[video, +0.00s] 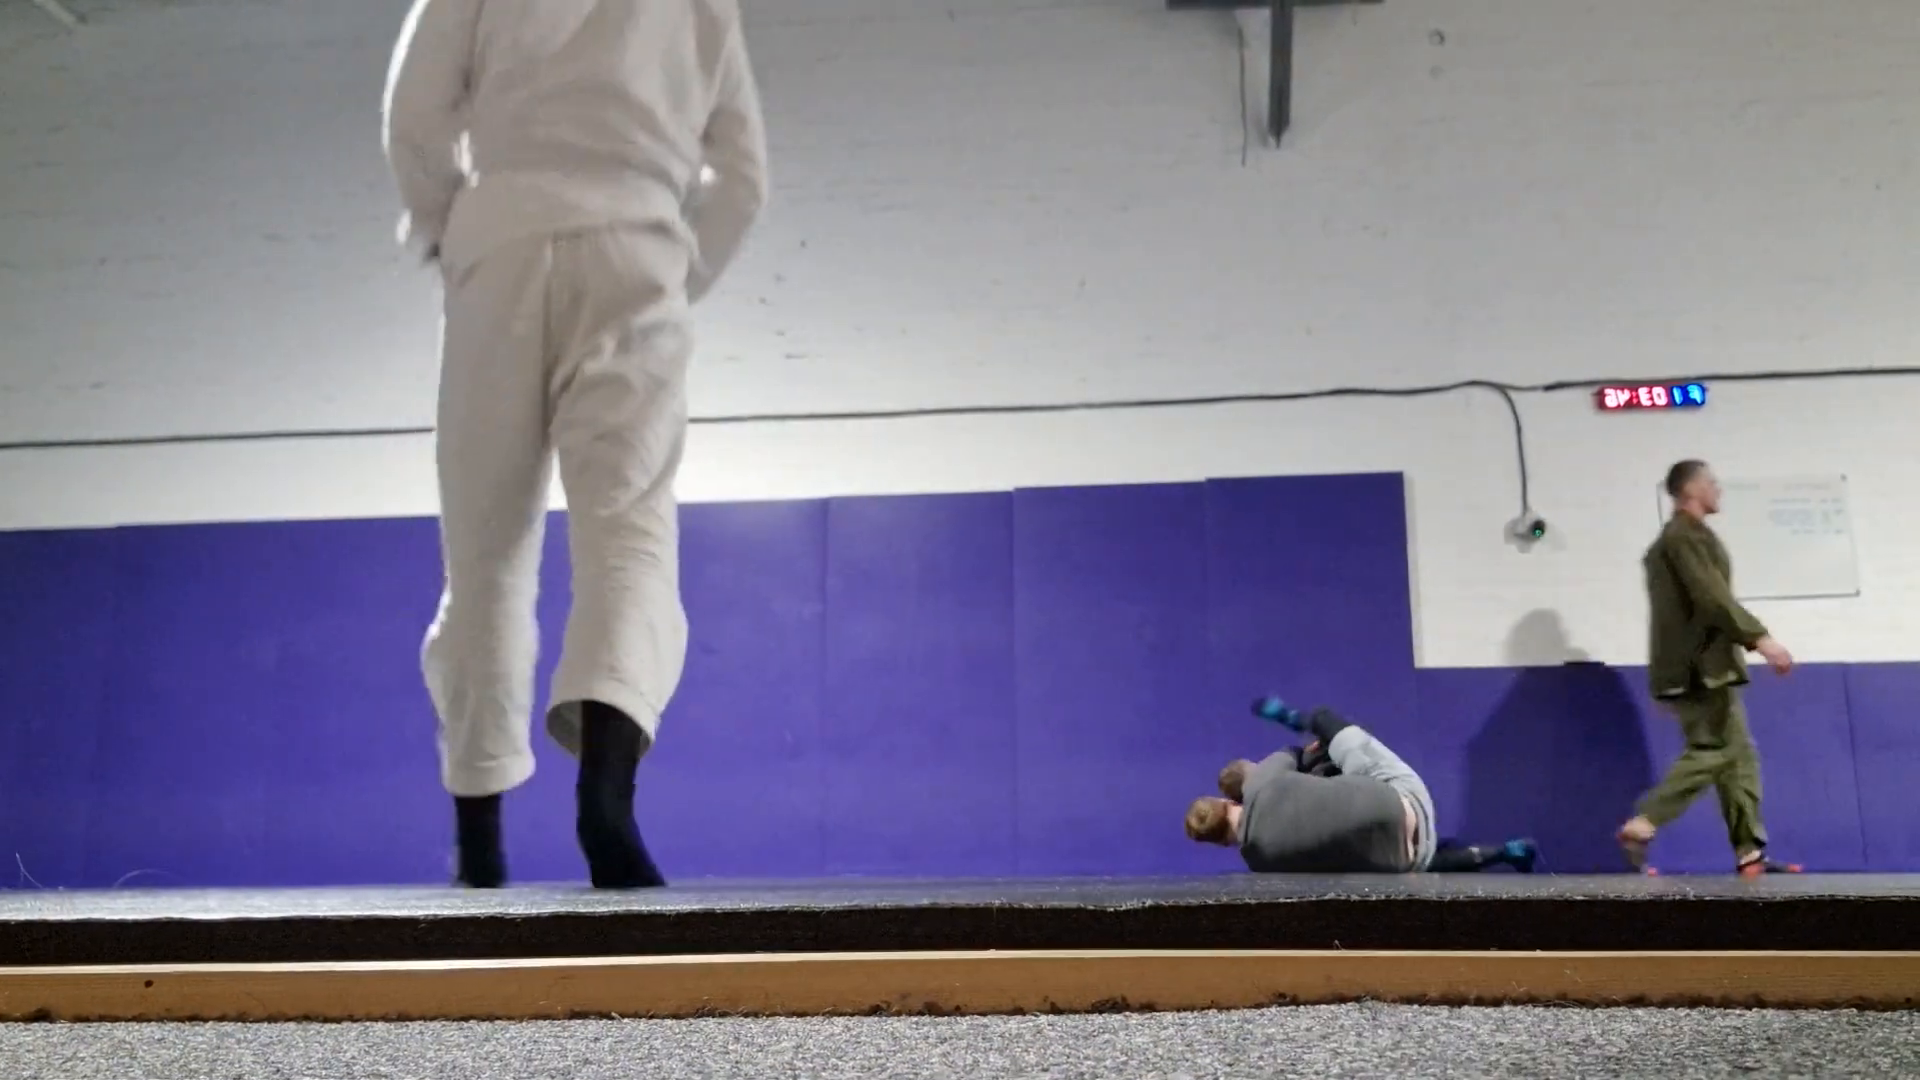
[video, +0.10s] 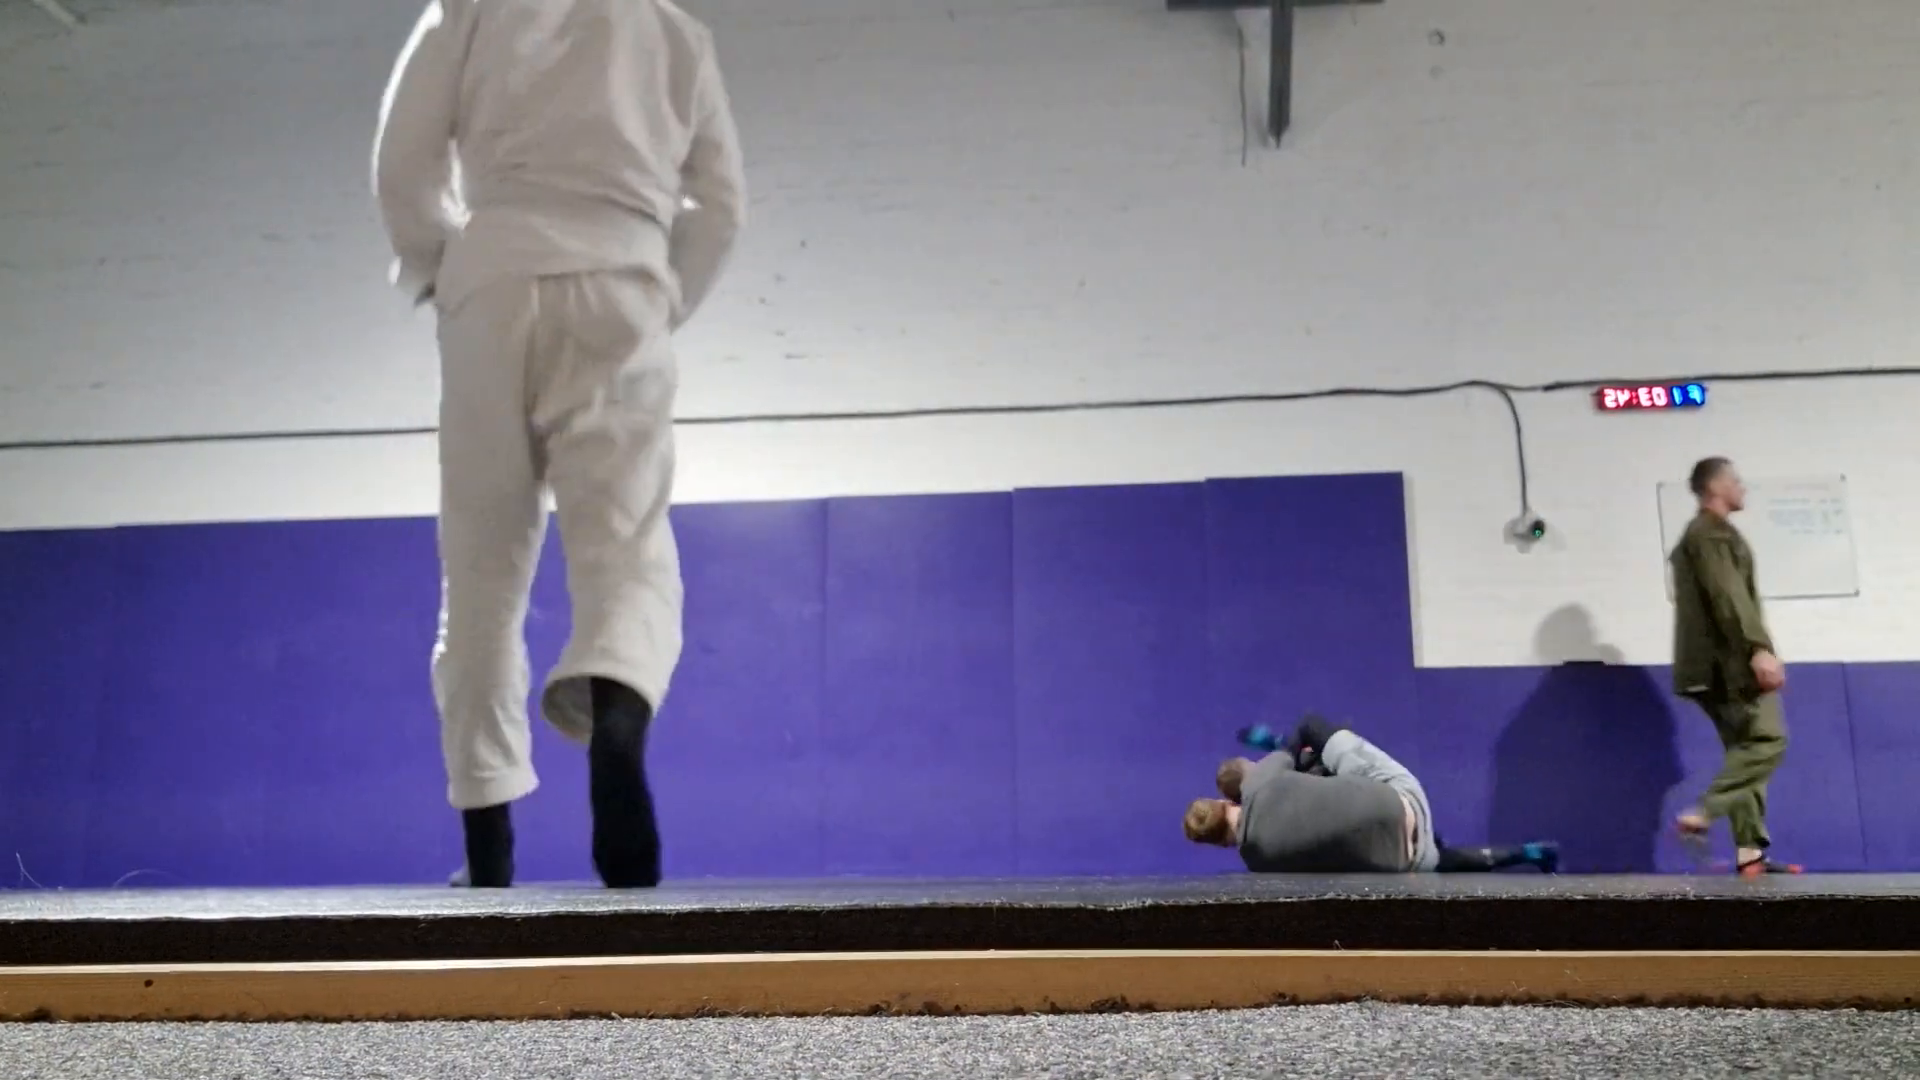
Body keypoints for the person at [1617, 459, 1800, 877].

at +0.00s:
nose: (1718, 489)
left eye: (1715, 482)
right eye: (1710, 482)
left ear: (1688, 492)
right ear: (1689, 490)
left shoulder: (1689, 537)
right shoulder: (1683, 539)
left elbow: (1698, 608)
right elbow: (1713, 601)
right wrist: (1763, 641)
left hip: (1706, 669)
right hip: (1693, 671)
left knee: (1737, 755)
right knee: (1712, 752)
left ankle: (1750, 855)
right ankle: (1641, 826)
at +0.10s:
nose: (1741, 487)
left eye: (1738, 479)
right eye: (1733, 480)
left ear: (1710, 490)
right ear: (1712, 487)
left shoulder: (1700, 535)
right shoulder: (1712, 535)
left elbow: (1714, 604)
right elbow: (1730, 599)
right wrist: (1759, 649)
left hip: (1711, 666)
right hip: (1728, 664)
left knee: (1745, 752)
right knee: (1768, 740)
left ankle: (1750, 854)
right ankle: (1701, 814)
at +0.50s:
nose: (1847, 484)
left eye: (1843, 476)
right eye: (1840, 477)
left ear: (1812, 487)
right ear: (1822, 485)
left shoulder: (1803, 535)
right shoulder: (1818, 535)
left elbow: (1809, 606)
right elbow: (1815, 602)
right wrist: (1816, 659)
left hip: (1819, 674)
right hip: (1855, 670)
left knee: (1804, 760)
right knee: (1897, 762)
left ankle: (1761, 841)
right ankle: (1916, 849)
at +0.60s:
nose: (1873, 482)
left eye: (1870, 474)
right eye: (1867, 474)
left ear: (1834, 482)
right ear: (1848, 480)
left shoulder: (1815, 535)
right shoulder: (1850, 531)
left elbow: (1823, 607)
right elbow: (1856, 596)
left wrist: (1838, 660)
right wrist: (1868, 652)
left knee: (1850, 749)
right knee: (1908, 758)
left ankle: (1799, 819)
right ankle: (1917, 851)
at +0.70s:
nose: (1897, 481)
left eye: (1894, 473)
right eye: (1893, 473)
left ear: (1856, 479)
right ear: (1876, 477)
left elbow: (1840, 608)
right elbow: (1897, 594)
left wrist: (1857, 651)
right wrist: (1919, 638)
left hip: (1858, 665)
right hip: (1894, 662)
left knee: (1886, 741)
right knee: (1909, 752)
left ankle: (1852, 816)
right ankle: (1917, 848)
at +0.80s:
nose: (1918, 482)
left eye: (1915, 473)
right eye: (1914, 473)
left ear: (1878, 480)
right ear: (1900, 478)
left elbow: (1849, 605)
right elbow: (1916, 577)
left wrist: (1870, 648)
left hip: (1878, 666)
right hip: (1909, 663)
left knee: (1914, 746)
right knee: (1915, 747)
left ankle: (1913, 834)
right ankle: (1913, 834)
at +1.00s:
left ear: (1914, 484)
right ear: (1914, 484)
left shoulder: (1897, 543)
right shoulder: (1897, 544)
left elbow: (1881, 609)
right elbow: (1881, 609)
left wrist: (1905, 655)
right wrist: (1905, 656)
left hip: (1910, 679)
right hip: (1912, 678)